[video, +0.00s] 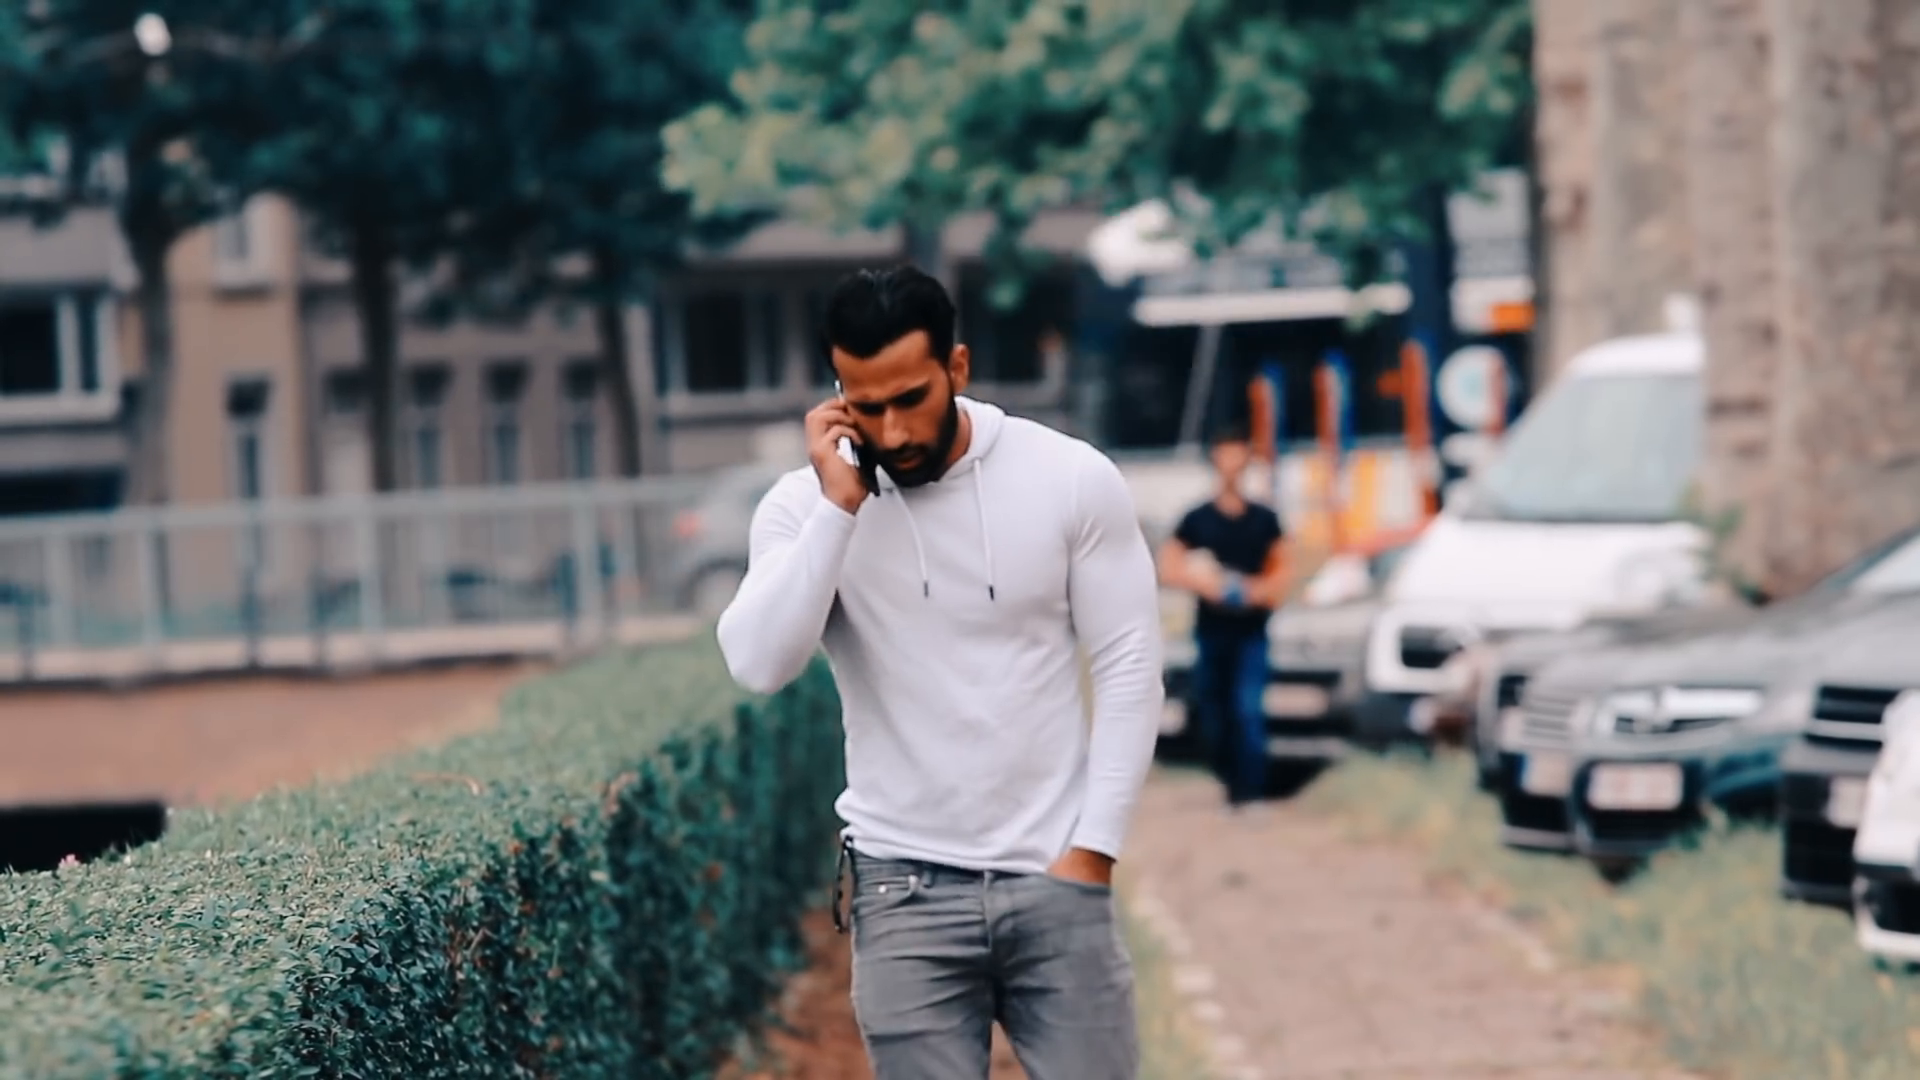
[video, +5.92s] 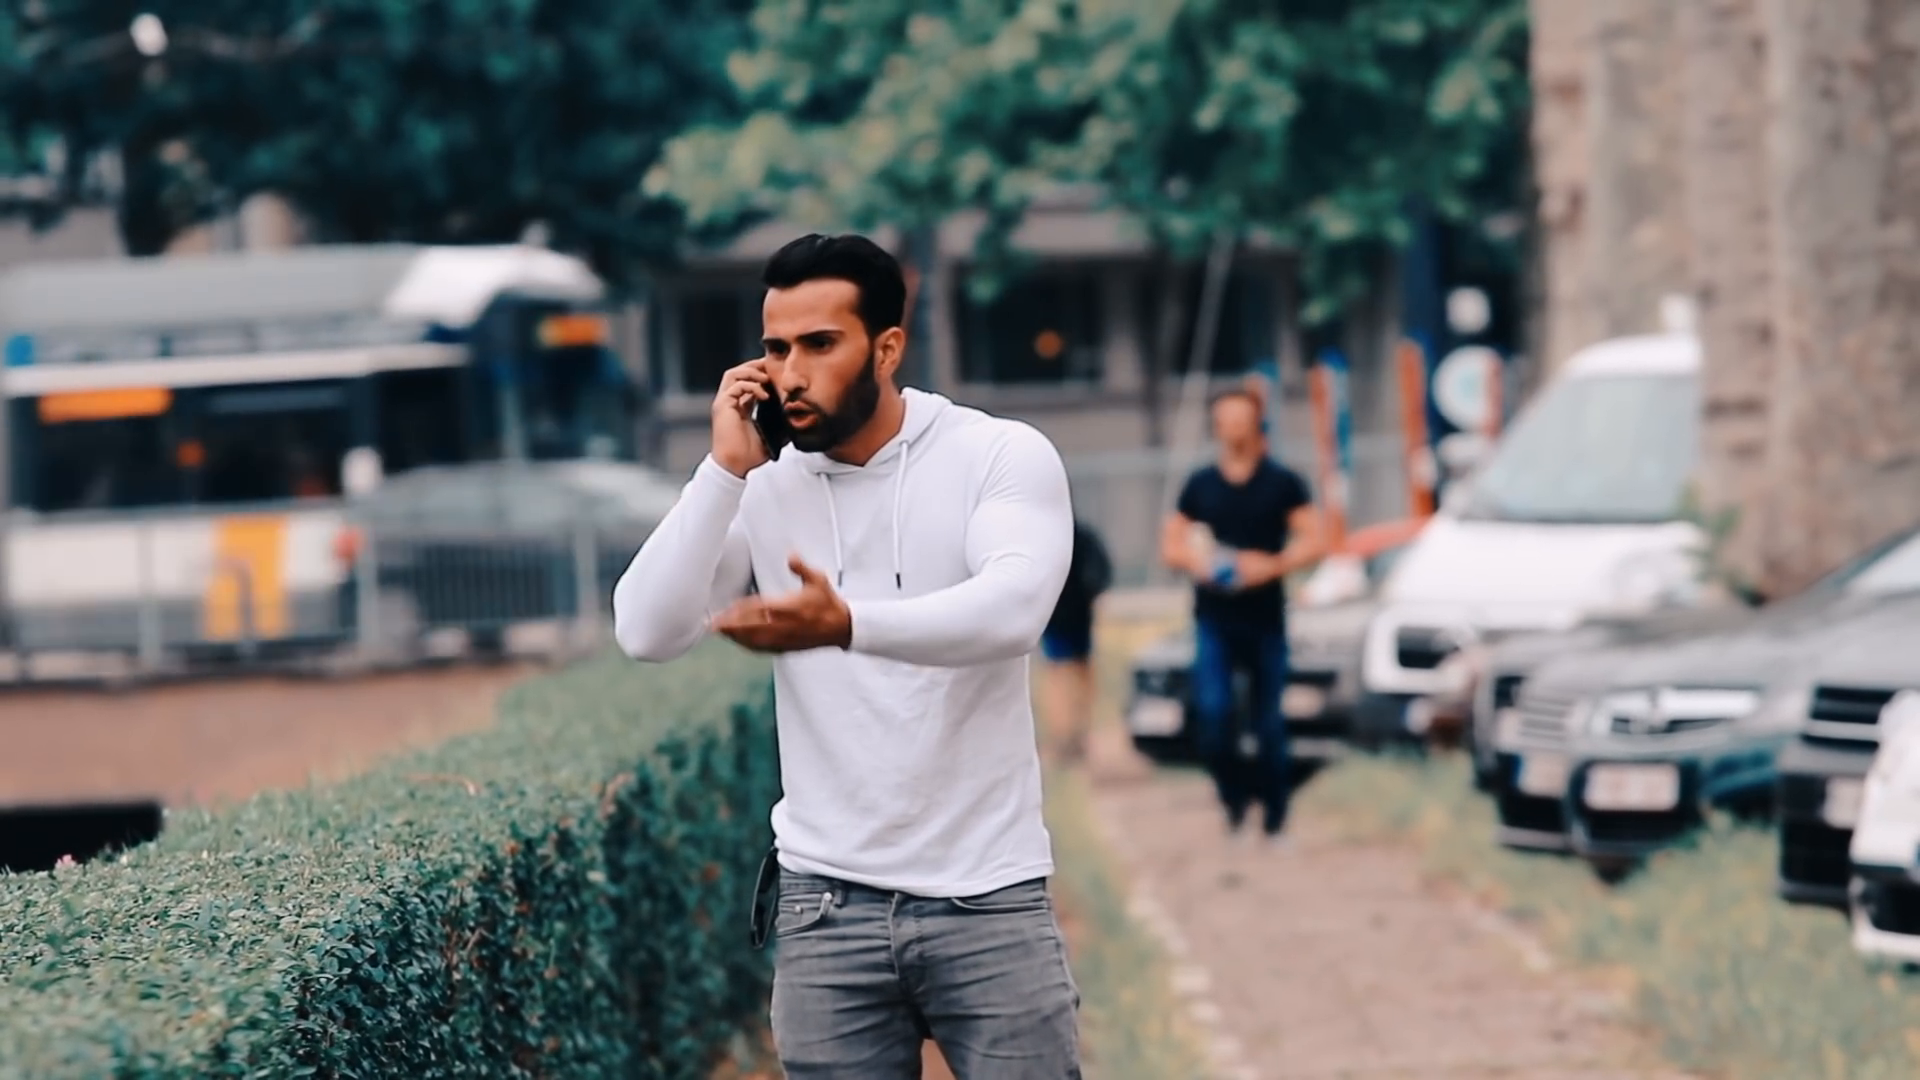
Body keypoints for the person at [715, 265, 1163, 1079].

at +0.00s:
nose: (891, 433)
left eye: (911, 400)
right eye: (865, 408)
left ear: (958, 367)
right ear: (837, 387)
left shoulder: (1070, 480)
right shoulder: (804, 506)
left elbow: (1128, 667)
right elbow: (756, 664)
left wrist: (1092, 853)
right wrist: (837, 506)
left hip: (1060, 885)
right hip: (903, 891)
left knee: (1098, 1066)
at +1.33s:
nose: (815, 363)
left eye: (846, 334)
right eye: (801, 338)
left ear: (914, 343)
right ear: (786, 349)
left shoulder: (1022, 478)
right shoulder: (766, 485)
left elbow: (1121, 652)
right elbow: (644, 603)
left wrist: (1046, 814)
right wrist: (744, 447)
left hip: (985, 905)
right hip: (825, 907)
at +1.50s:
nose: (792, 369)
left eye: (822, 339)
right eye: (777, 342)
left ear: (888, 346)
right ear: (760, 351)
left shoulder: (996, 472)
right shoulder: (741, 487)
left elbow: (1106, 643)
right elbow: (623, 608)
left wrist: (994, 724)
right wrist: (722, 452)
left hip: (975, 900)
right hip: (808, 904)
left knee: (1024, 1065)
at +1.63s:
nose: (792, 370)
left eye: (822, 341)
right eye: (778, 344)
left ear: (888, 346)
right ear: (761, 351)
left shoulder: (994, 469)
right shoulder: (742, 486)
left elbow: (1085, 644)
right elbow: (624, 609)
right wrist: (721, 452)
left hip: (973, 897)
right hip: (804, 901)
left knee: (1018, 1064)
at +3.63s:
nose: (799, 371)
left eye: (827, 342)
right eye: (785, 346)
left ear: (895, 346)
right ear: (769, 352)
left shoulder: (1011, 448)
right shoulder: (763, 485)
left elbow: (1038, 592)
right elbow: (651, 627)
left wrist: (871, 532)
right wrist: (732, 468)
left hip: (1000, 893)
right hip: (830, 899)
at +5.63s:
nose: (792, 375)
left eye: (820, 346)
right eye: (778, 350)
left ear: (889, 349)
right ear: (763, 357)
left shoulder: (1008, 457)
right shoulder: (761, 483)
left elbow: (1013, 607)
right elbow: (646, 631)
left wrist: (840, 558)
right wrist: (724, 472)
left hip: (991, 896)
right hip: (823, 902)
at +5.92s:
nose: (788, 374)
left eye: (817, 344)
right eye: (776, 348)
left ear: (887, 347)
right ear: (761, 355)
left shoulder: (1006, 458)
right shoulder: (760, 491)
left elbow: (1011, 615)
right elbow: (645, 632)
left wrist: (846, 625)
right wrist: (724, 468)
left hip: (991, 900)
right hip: (822, 905)